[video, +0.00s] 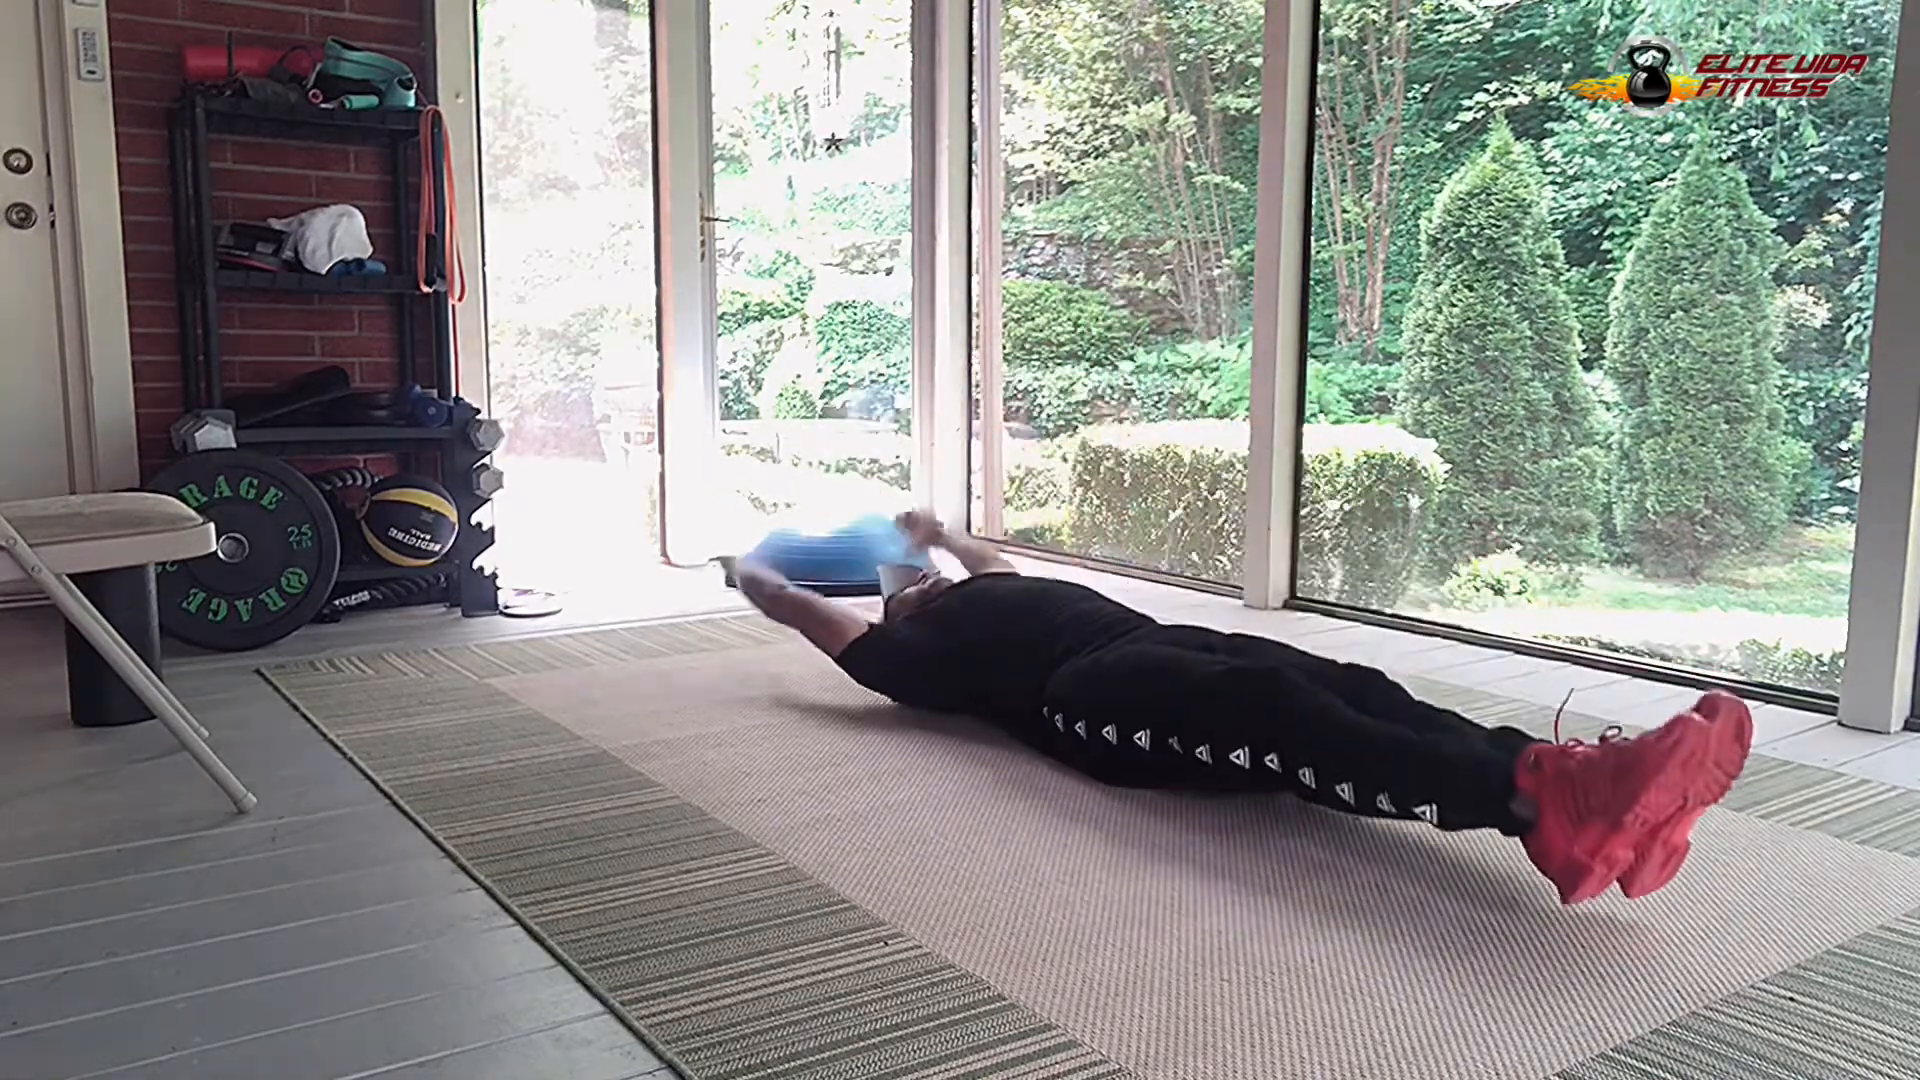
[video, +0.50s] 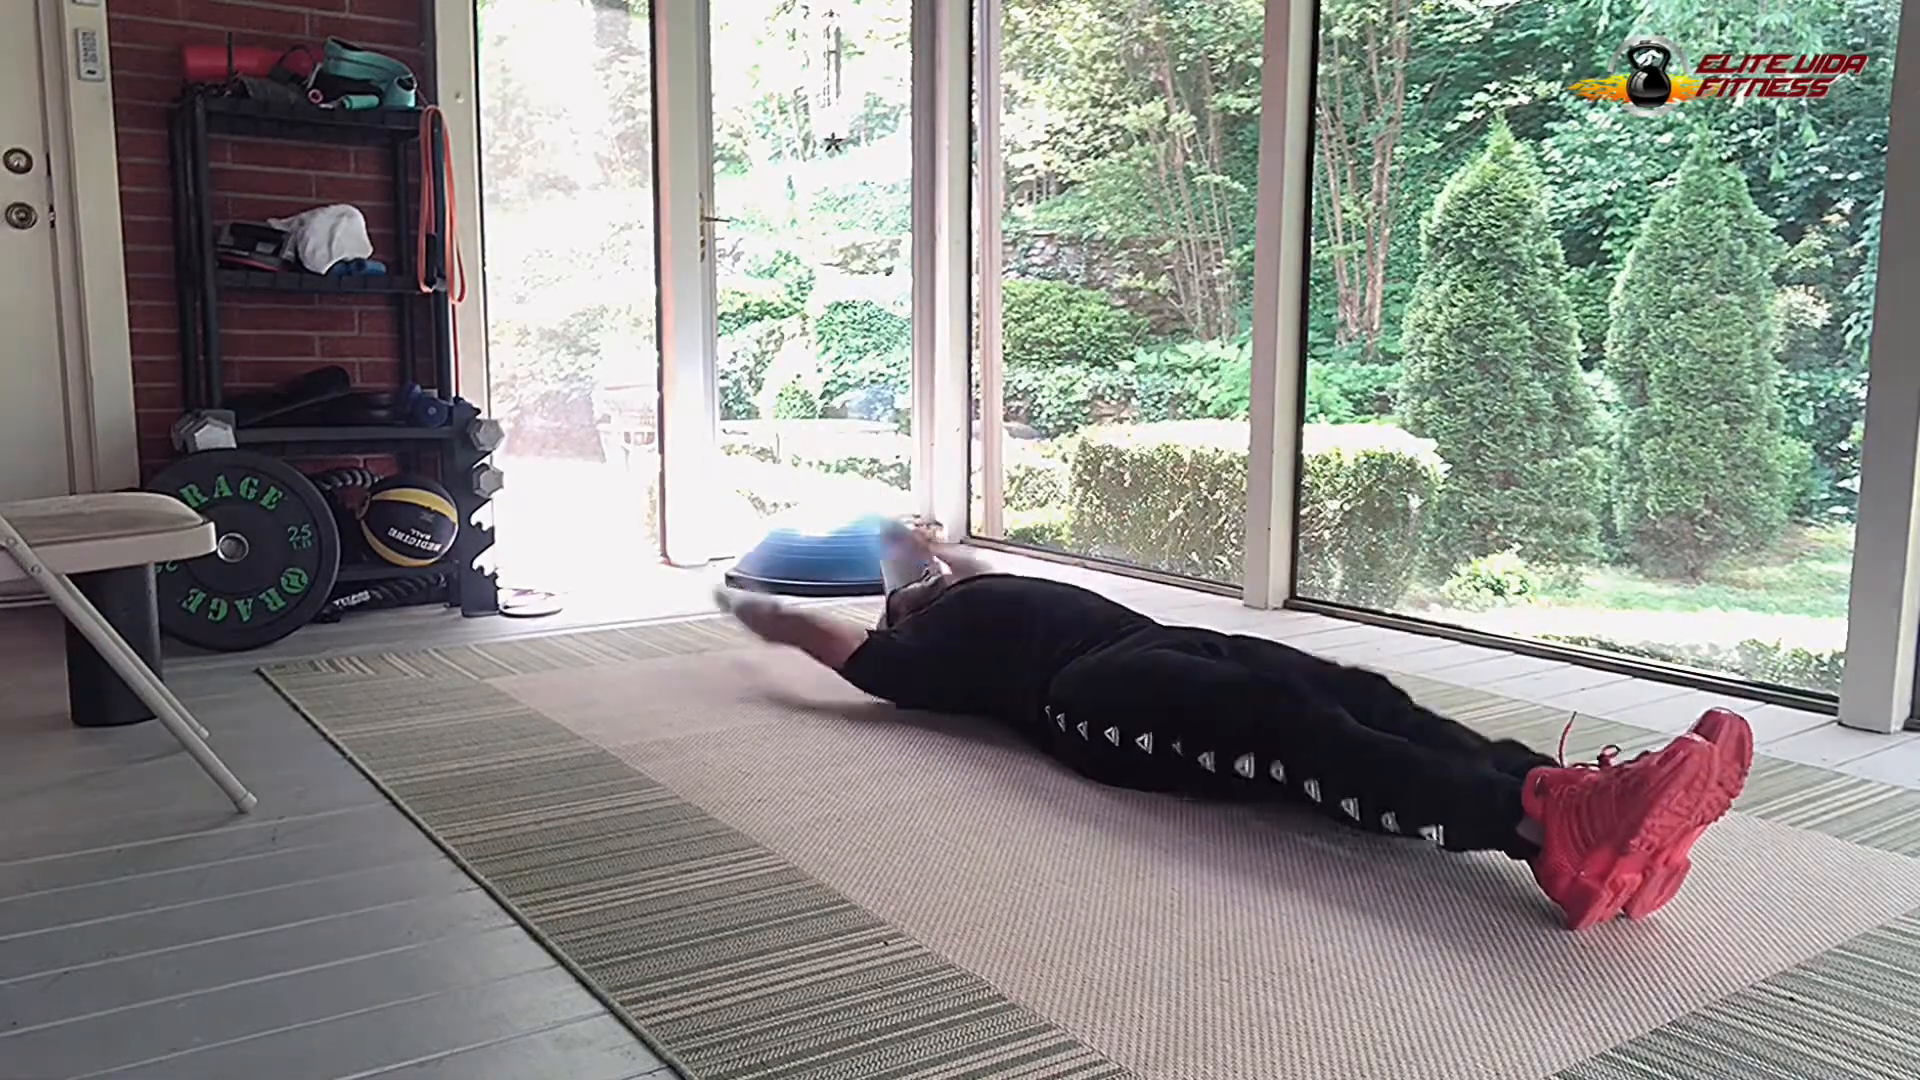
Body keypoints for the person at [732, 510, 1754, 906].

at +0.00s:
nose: (906, 570)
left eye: (911, 562)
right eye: (888, 578)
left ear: (935, 576)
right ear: (880, 610)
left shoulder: (993, 585)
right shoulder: (884, 642)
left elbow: (982, 546)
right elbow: (759, 578)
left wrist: (930, 534)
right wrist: (837, 573)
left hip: (1144, 642)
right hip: (1081, 684)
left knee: (1336, 677)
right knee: (1277, 703)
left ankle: (1581, 827)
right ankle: (1552, 789)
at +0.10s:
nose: (918, 564)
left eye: (924, 558)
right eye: (897, 570)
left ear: (945, 571)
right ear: (884, 600)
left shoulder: (1010, 588)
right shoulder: (889, 645)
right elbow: (759, 610)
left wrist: (937, 551)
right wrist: (806, 587)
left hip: (1146, 639)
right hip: (1078, 684)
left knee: (1336, 687)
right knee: (1278, 717)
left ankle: (1578, 830)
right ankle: (1552, 803)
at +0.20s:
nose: (921, 587)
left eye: (923, 580)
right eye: (904, 592)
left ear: (945, 581)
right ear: (889, 609)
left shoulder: (1014, 589)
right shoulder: (895, 647)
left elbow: (1077, 585)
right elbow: (788, 637)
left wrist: (962, 559)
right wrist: (752, 626)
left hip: (1163, 637)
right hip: (1087, 683)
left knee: (1346, 699)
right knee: (1285, 733)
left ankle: (1581, 832)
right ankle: (1551, 820)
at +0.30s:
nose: (915, 590)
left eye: (918, 581)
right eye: (898, 594)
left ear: (941, 582)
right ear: (885, 612)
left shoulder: (1013, 591)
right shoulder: (895, 653)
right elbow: (767, 641)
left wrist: (951, 566)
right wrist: (766, 632)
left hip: (1178, 639)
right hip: (1092, 681)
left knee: (1357, 703)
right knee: (1294, 741)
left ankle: (1586, 832)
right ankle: (1561, 824)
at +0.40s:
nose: (916, 599)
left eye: (921, 590)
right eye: (901, 602)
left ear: (943, 589)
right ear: (890, 619)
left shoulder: (1012, 595)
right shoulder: (896, 654)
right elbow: (771, 640)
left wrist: (951, 564)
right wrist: (761, 636)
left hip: (1173, 640)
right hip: (1091, 681)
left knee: (1355, 702)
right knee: (1292, 739)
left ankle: (1585, 837)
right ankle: (1559, 823)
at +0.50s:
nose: (941, 541)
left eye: (946, 539)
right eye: (919, 547)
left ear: (963, 558)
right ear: (892, 586)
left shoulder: (1013, 584)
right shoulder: (888, 645)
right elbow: (747, 604)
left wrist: (950, 545)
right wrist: (829, 591)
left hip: (1170, 643)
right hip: (1090, 685)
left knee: (1358, 688)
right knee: (1290, 721)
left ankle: (1582, 830)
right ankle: (1554, 826)